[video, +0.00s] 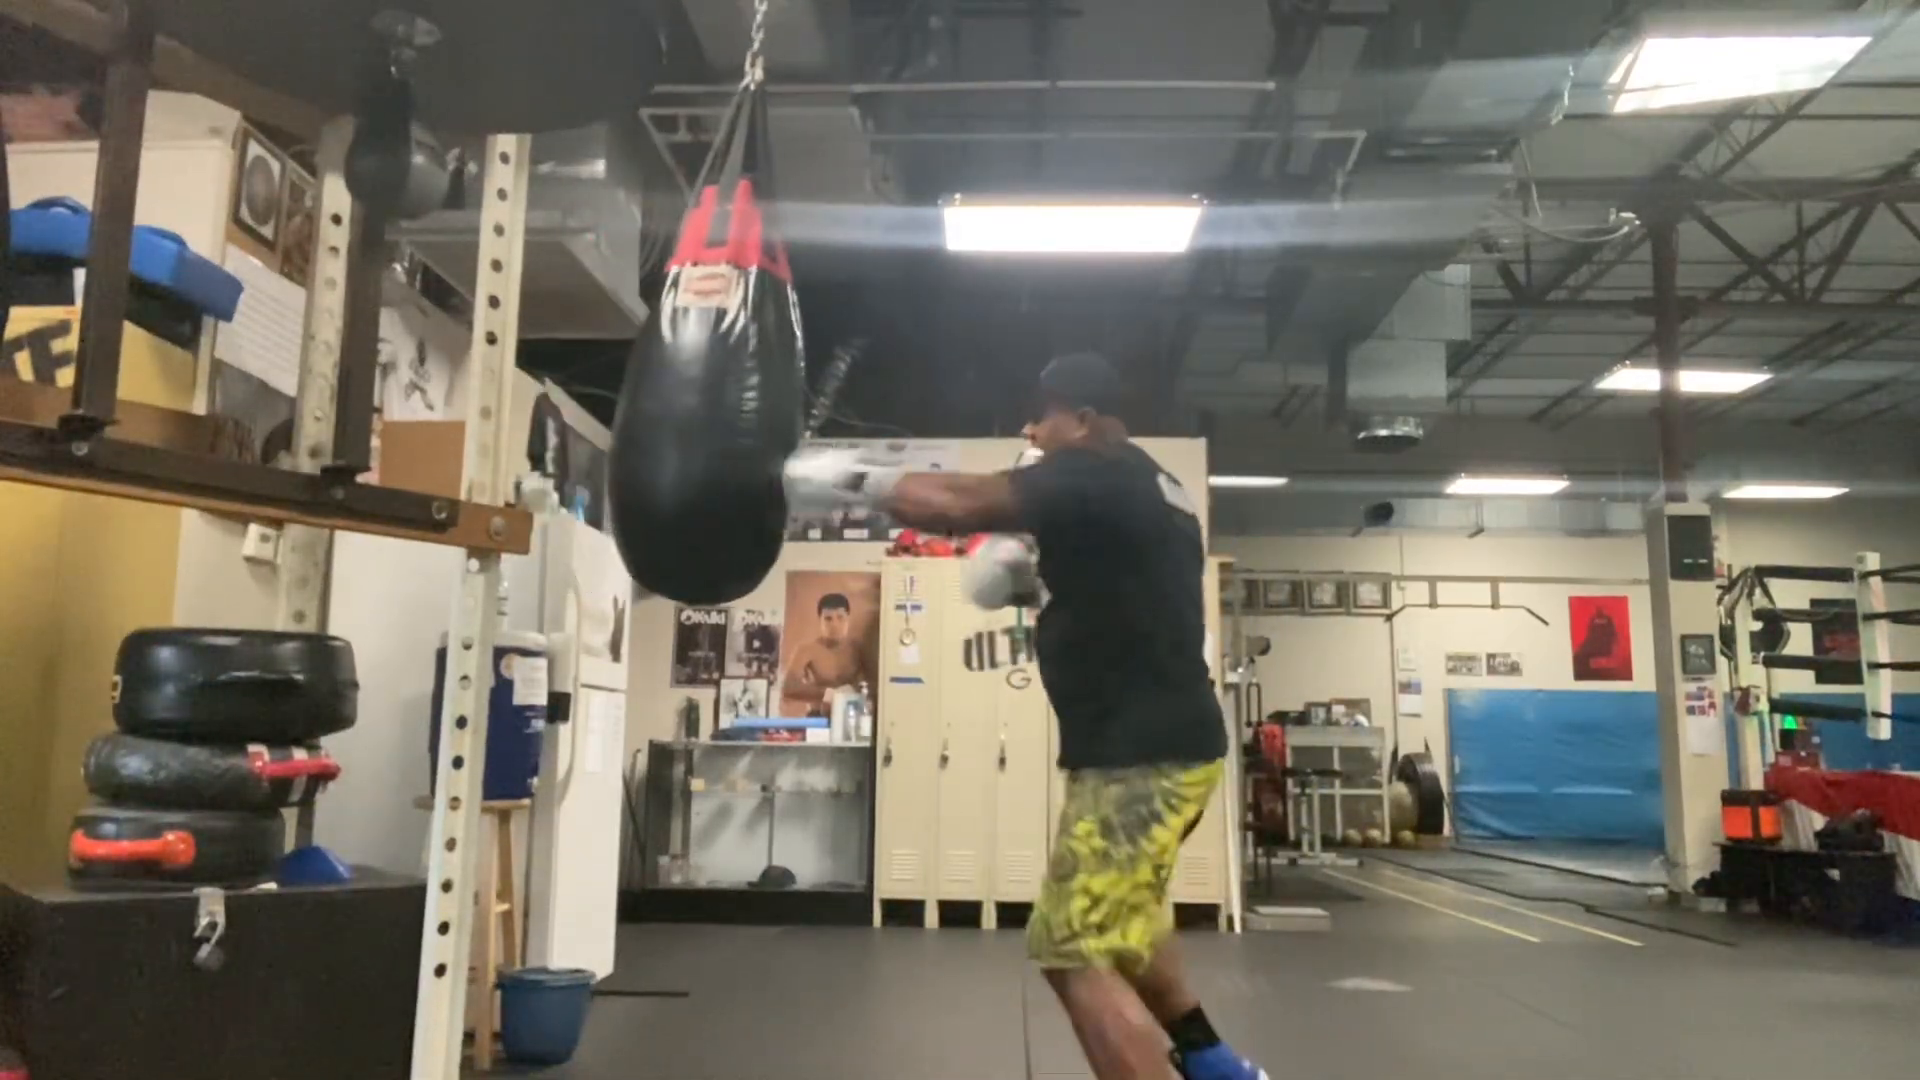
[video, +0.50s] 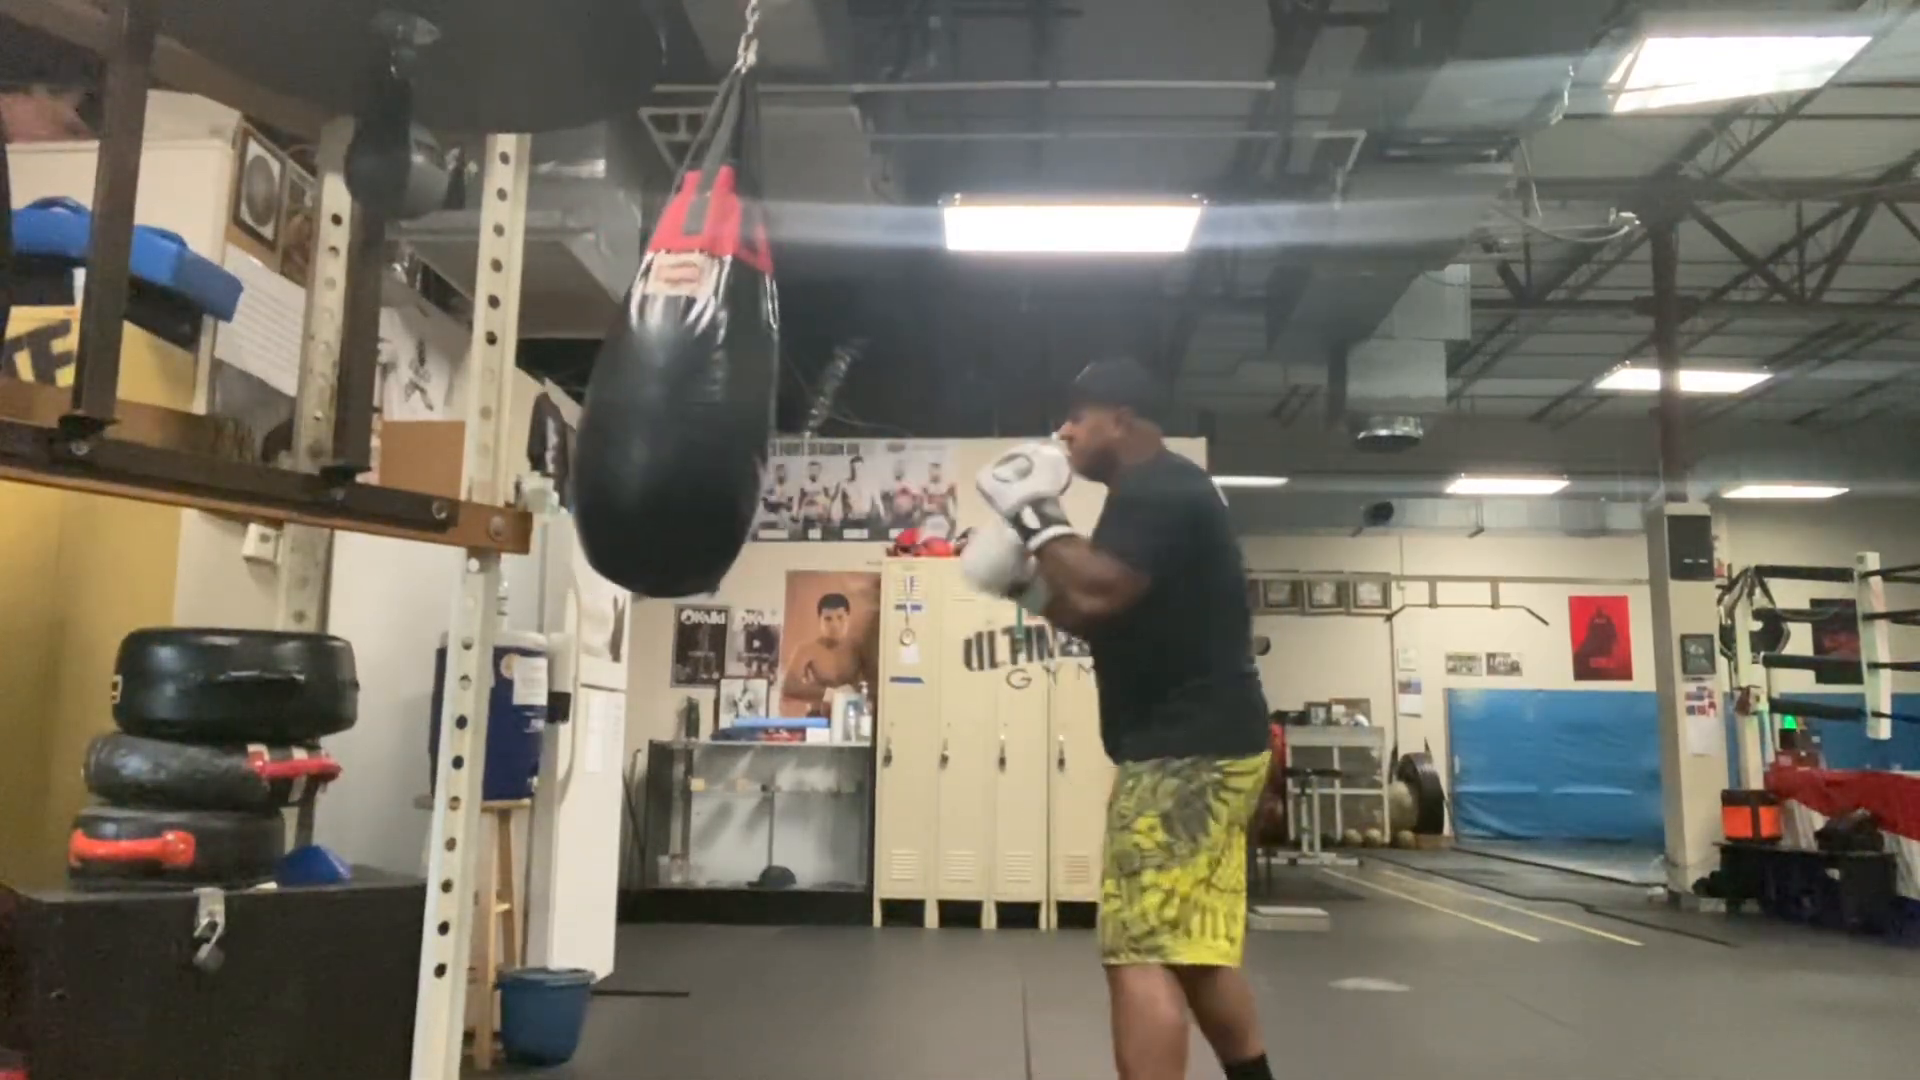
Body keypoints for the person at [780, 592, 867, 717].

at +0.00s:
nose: (834, 624)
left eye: (840, 617)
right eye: (828, 618)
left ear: (848, 619)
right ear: (819, 621)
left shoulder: (857, 651)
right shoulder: (806, 651)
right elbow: (789, 689)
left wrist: (816, 687)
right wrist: (826, 694)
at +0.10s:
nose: (834, 625)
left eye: (840, 618)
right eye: (828, 619)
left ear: (848, 619)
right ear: (819, 621)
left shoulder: (856, 650)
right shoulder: (806, 651)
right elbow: (789, 688)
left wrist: (816, 687)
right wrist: (829, 694)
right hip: (819, 716)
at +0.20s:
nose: (834, 624)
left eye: (840, 617)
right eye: (828, 618)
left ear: (848, 619)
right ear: (819, 620)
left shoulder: (856, 651)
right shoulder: (806, 651)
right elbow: (789, 688)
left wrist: (817, 686)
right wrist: (827, 694)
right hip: (819, 717)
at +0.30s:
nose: (834, 625)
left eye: (840, 617)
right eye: (828, 618)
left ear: (848, 619)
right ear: (819, 620)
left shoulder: (856, 651)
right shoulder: (806, 651)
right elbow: (789, 688)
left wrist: (817, 686)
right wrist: (828, 694)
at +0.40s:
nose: (834, 625)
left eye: (840, 618)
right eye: (828, 619)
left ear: (847, 619)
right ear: (819, 620)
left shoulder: (856, 650)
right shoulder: (806, 651)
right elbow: (789, 688)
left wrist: (817, 686)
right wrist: (829, 694)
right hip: (819, 716)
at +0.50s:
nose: (835, 624)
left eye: (840, 617)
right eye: (828, 618)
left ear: (848, 619)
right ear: (819, 620)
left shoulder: (856, 652)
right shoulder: (806, 651)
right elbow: (789, 688)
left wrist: (817, 686)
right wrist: (827, 694)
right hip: (819, 716)